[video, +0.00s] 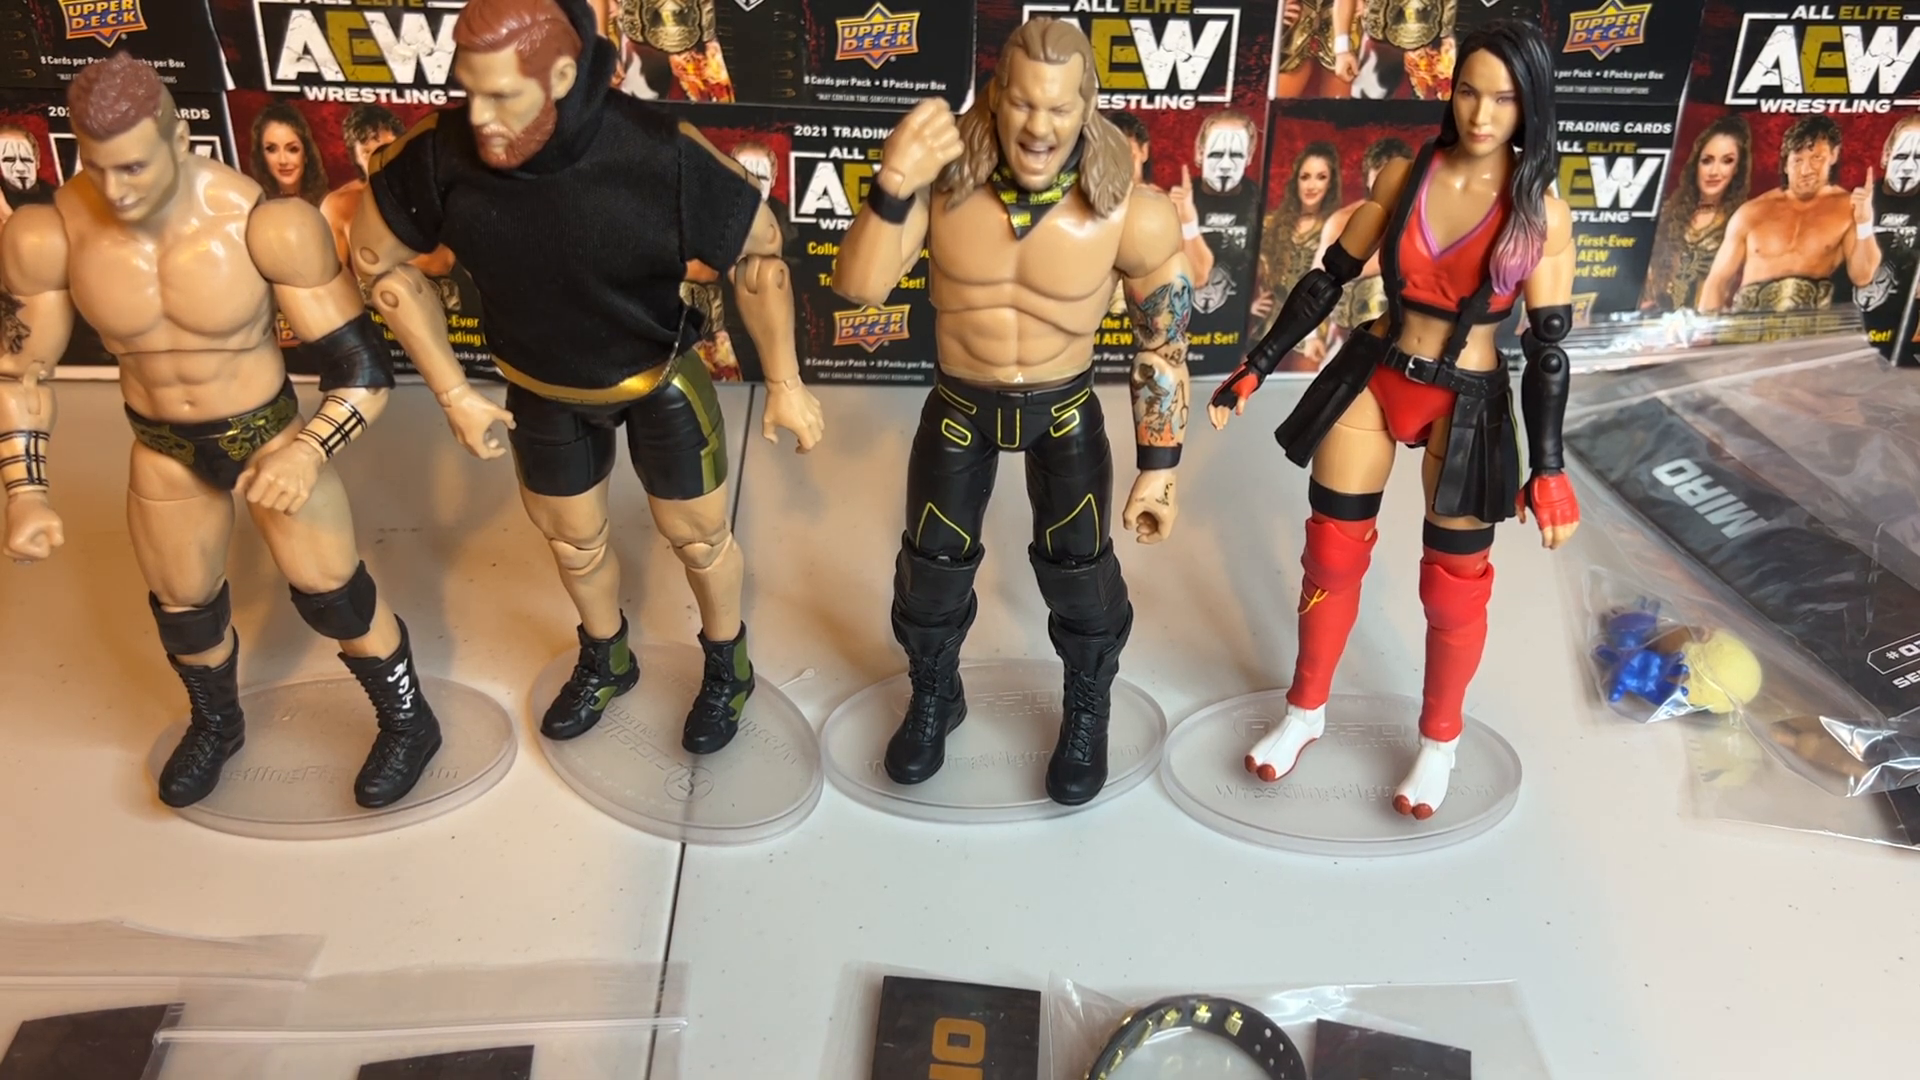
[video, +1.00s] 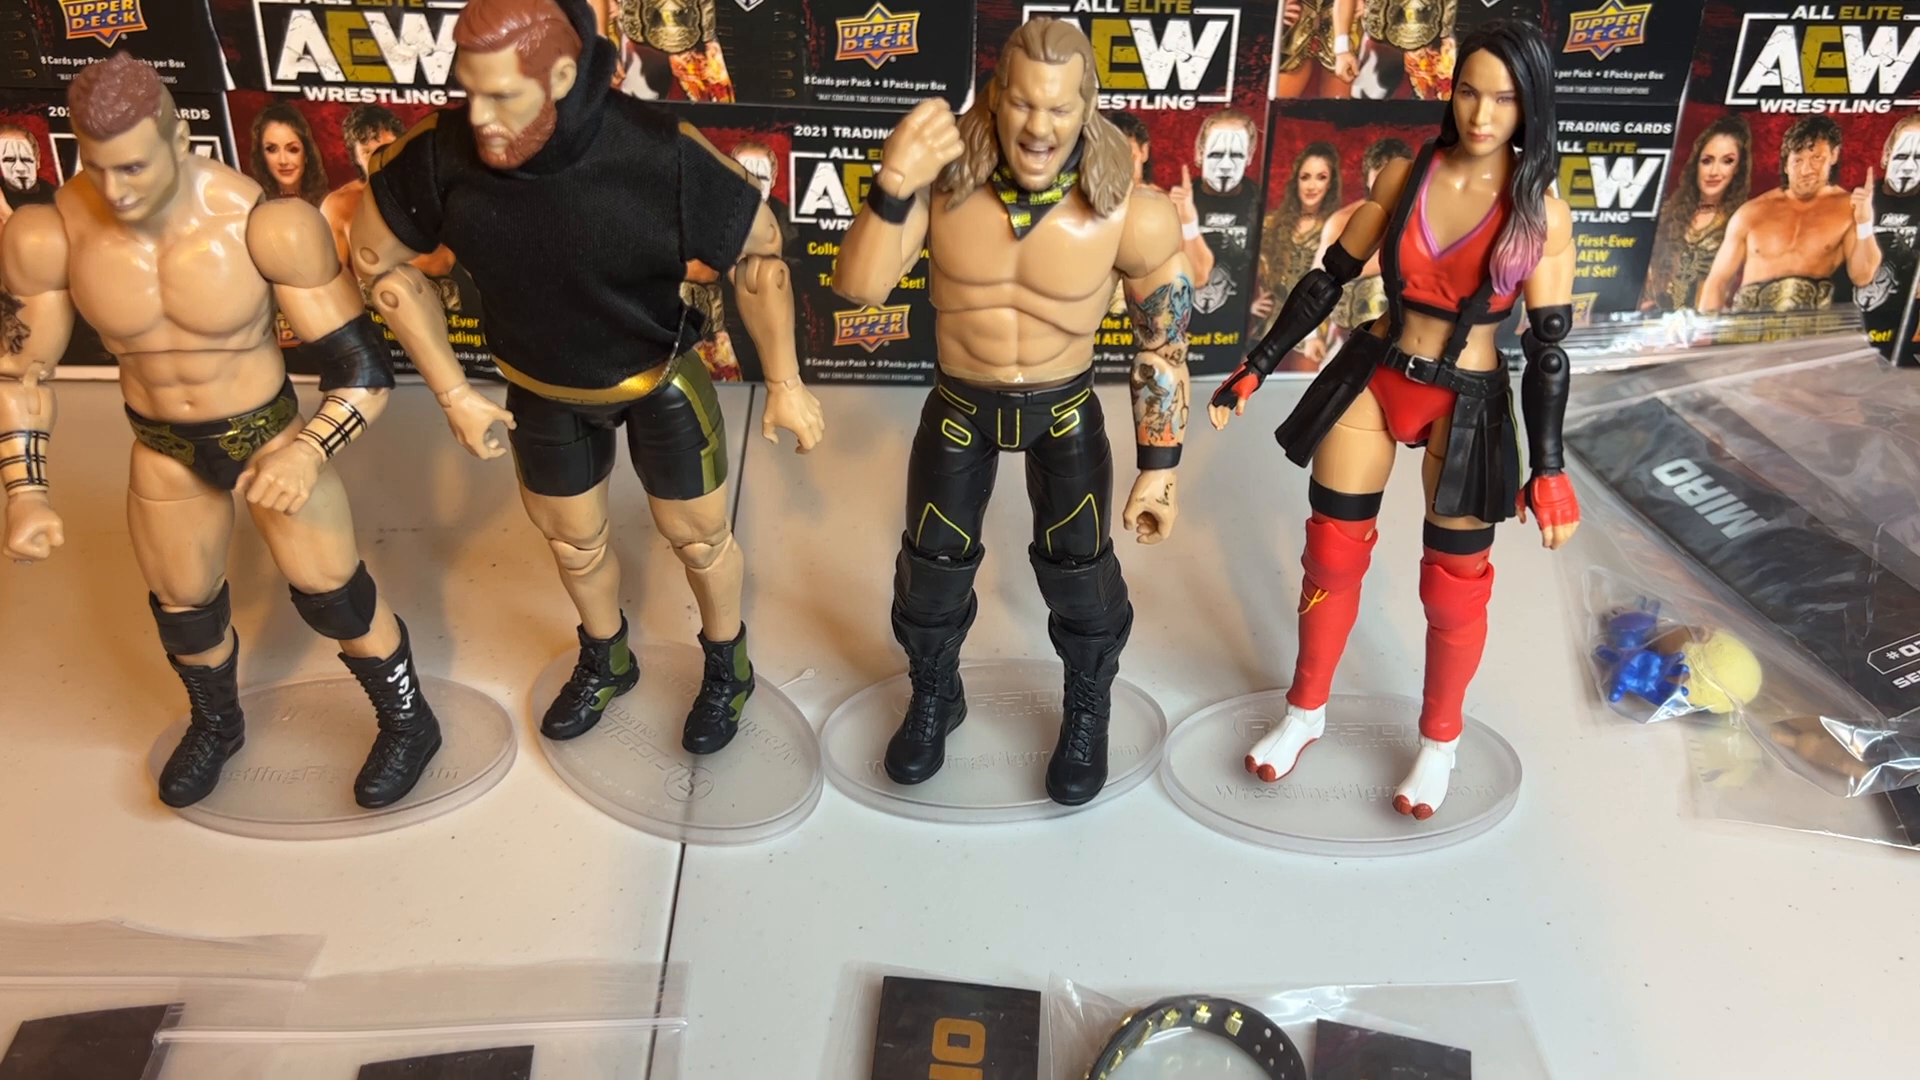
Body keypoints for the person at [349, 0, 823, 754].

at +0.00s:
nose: (481, 119)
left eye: (502, 96)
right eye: (468, 95)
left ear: (564, 76)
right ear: (456, 81)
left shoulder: (653, 155)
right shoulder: (442, 159)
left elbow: (757, 245)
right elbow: (372, 252)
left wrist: (784, 381)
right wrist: (453, 392)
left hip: (661, 382)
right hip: (542, 394)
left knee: (700, 540)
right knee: (575, 546)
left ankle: (726, 667)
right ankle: (607, 660)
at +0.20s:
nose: (481, 119)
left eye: (503, 96)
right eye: (468, 95)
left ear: (564, 76)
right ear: (456, 81)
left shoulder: (653, 155)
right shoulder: (442, 159)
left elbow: (757, 246)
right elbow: (372, 252)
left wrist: (784, 381)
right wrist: (452, 392)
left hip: (661, 381)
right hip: (542, 394)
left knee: (700, 540)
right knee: (575, 545)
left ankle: (726, 667)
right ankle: (607, 660)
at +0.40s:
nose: (481, 119)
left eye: (503, 96)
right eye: (468, 95)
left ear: (564, 76)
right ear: (456, 81)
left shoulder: (653, 155)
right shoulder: (442, 159)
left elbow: (757, 246)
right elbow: (372, 251)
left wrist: (784, 381)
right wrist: (452, 392)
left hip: (661, 381)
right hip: (542, 394)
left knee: (700, 540)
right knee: (575, 545)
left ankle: (726, 666)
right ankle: (607, 660)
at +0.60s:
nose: (481, 119)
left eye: (503, 96)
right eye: (468, 95)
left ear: (564, 76)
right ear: (457, 81)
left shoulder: (653, 155)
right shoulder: (442, 159)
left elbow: (757, 246)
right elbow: (372, 251)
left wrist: (784, 381)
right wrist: (452, 392)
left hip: (661, 382)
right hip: (543, 395)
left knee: (700, 540)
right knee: (575, 545)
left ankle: (726, 666)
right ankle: (607, 660)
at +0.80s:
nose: (481, 119)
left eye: (503, 96)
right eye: (468, 95)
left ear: (564, 76)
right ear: (457, 81)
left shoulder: (653, 155)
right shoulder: (443, 159)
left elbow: (757, 246)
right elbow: (372, 251)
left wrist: (784, 382)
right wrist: (453, 392)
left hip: (661, 382)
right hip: (543, 395)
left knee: (700, 541)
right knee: (575, 546)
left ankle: (726, 666)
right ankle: (607, 660)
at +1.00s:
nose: (481, 119)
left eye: (503, 96)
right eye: (468, 95)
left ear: (563, 76)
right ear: (457, 81)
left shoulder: (653, 155)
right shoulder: (442, 160)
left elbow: (757, 245)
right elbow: (372, 251)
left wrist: (784, 381)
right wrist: (452, 392)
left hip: (661, 382)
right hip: (542, 394)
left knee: (700, 540)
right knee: (575, 546)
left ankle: (726, 665)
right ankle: (607, 660)